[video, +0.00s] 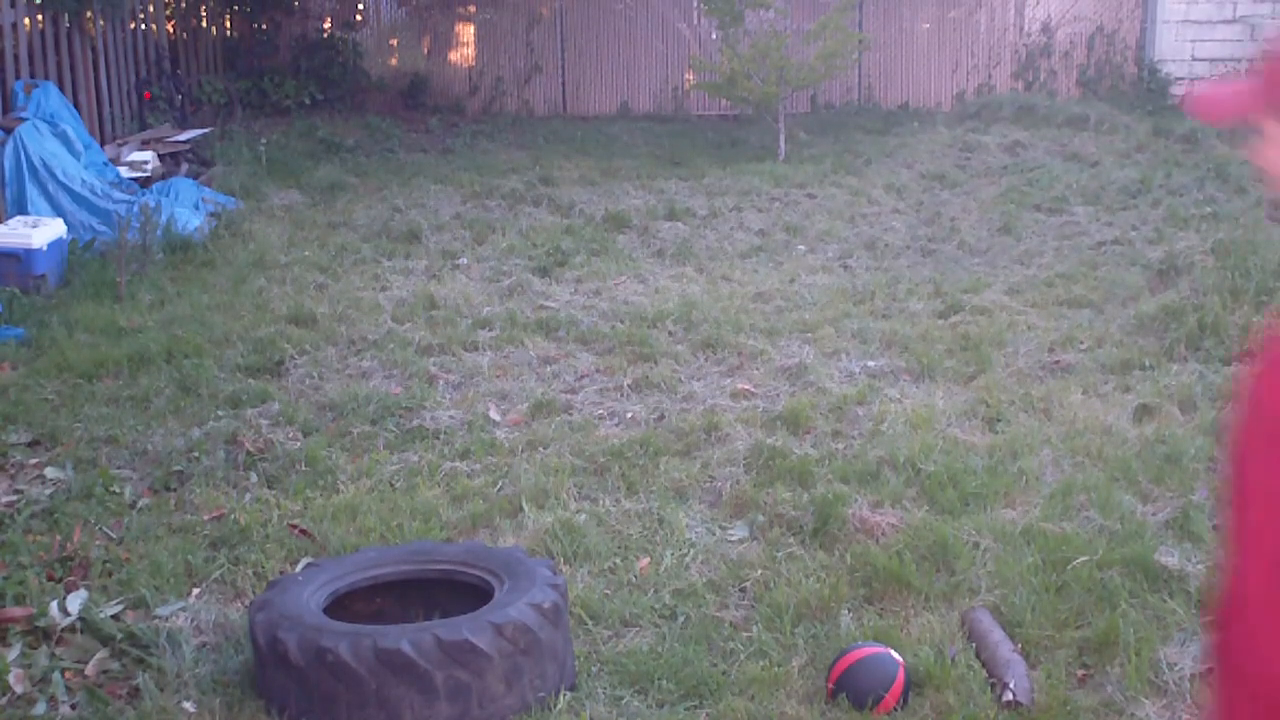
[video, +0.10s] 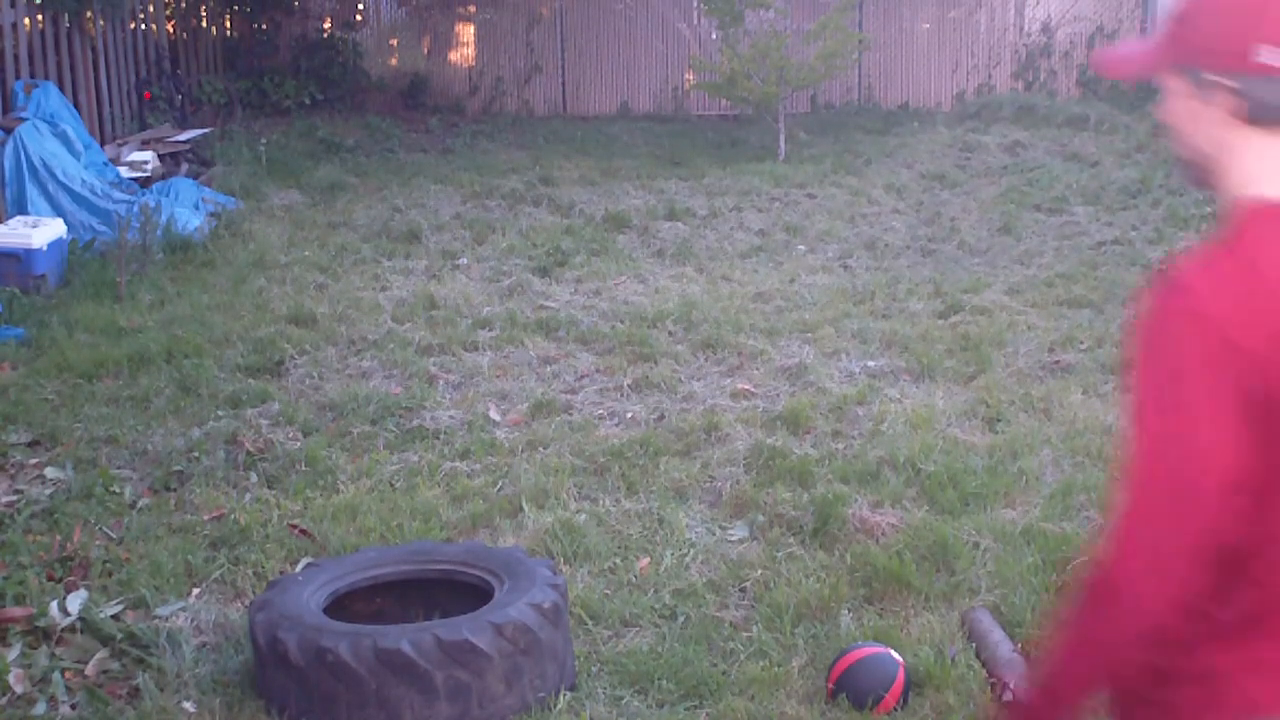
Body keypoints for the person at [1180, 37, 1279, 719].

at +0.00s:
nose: (1254, 157)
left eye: (1261, 133)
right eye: (1253, 134)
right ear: (1256, 137)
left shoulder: (1267, 367)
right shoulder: (1262, 360)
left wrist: (1247, 696)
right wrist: (1241, 692)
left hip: (1258, 690)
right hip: (1250, 684)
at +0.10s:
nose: (1159, 111)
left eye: (1168, 89)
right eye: (1161, 90)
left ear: (1224, 98)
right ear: (1233, 97)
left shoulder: (1213, 293)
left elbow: (1159, 559)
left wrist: (1043, 696)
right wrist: (1056, 681)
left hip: (1210, 695)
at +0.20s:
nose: (1074, 100)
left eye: (1084, 79)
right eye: (1076, 79)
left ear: (1133, 89)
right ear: (1216, 81)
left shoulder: (1117, 267)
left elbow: (1031, 512)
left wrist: (871, 628)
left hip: (1140, 678)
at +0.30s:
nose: (997, 121)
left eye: (1004, 102)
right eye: (999, 101)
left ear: (1046, 110)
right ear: (1137, 101)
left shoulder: (1028, 284)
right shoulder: (1240, 253)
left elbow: (926, 490)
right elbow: (1272, 442)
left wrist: (769, 571)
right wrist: (1278, 599)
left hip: (1052, 656)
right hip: (1181, 627)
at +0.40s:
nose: (938, 133)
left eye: (942, 114)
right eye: (940, 113)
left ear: (973, 120)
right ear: (1064, 116)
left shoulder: (945, 280)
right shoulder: (1149, 257)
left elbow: (852, 481)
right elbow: (1208, 441)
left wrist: (708, 557)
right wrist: (1246, 572)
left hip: (971, 641)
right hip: (1088, 612)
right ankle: (888, 690)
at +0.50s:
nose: (881, 110)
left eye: (884, 93)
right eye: (881, 94)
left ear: (910, 98)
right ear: (996, 95)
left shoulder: (881, 243)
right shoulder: (1076, 228)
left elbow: (800, 438)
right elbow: (1116, 397)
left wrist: (706, 561)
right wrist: (1145, 528)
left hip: (902, 591)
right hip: (1028, 567)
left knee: (841, 704)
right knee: (984, 708)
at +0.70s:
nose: (756, 79)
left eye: (758, 62)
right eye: (755, 63)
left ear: (787, 65)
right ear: (867, 57)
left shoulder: (766, 193)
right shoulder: (954, 168)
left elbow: (742, 394)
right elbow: (990, 333)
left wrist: (713, 530)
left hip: (799, 523)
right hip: (927, 504)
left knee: (717, 705)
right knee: (912, 710)